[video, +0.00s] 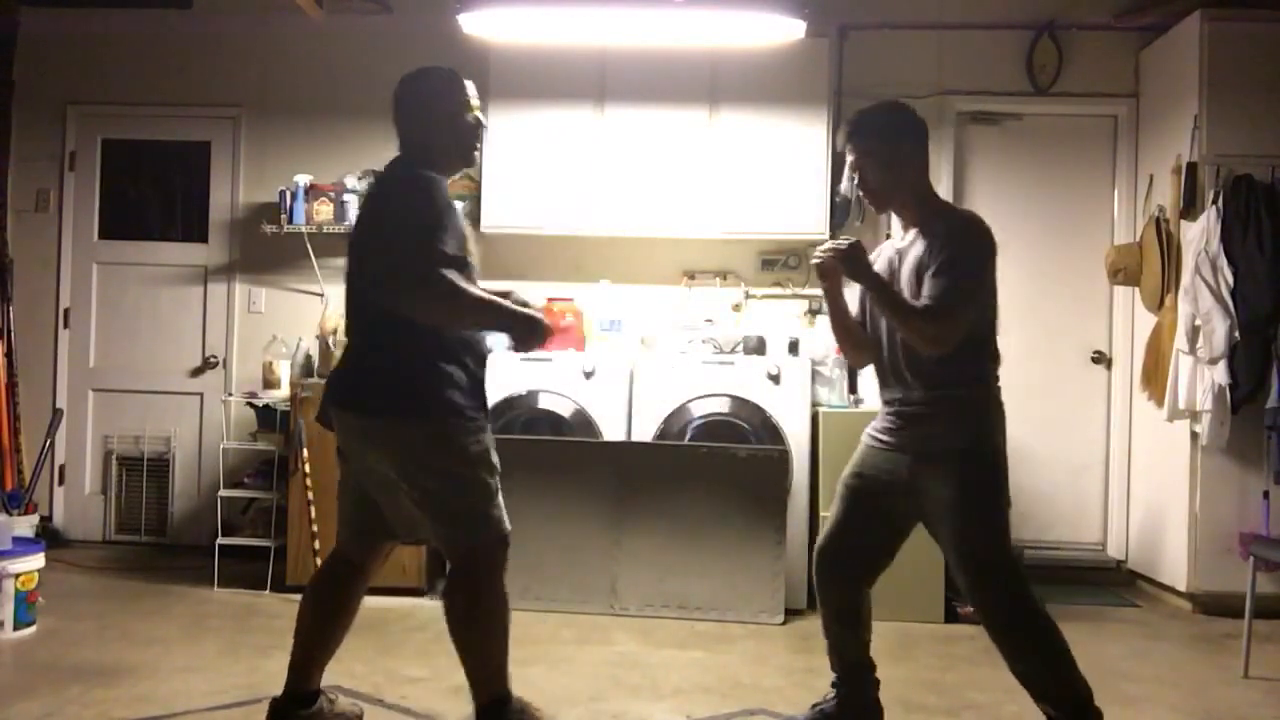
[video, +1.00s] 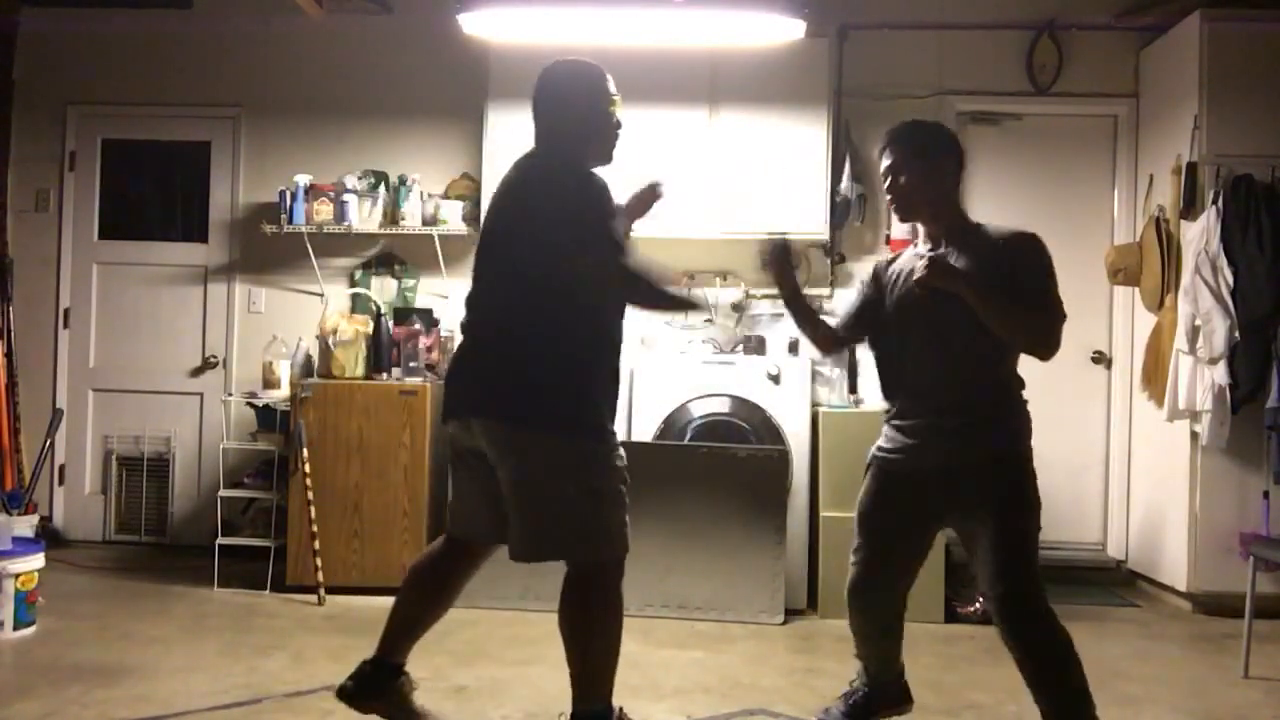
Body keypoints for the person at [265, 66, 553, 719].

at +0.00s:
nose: (482, 126)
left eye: (479, 113)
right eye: (469, 113)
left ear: (419, 126)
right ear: (425, 120)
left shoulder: (388, 191)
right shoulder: (418, 189)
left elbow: (423, 287)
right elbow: (418, 287)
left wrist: (507, 308)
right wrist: (515, 318)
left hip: (368, 402)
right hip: (426, 406)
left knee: (356, 550)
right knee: (480, 545)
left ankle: (298, 695)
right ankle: (496, 705)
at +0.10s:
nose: (505, 134)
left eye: (502, 120)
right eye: (494, 120)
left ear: (442, 126)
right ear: (455, 123)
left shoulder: (410, 190)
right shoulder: (451, 191)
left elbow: (439, 296)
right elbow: (482, 297)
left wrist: (515, 286)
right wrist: (573, 329)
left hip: (379, 404)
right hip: (443, 411)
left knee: (368, 556)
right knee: (485, 560)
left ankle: (299, 697)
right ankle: (503, 712)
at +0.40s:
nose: (543, 122)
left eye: (539, 109)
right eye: (530, 109)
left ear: (475, 121)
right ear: (493, 118)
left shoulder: (451, 187)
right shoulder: (497, 192)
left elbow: (537, 263)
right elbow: (549, 287)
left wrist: (574, 200)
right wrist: (622, 335)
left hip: (408, 400)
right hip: (477, 403)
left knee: (418, 551)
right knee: (547, 543)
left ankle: (367, 700)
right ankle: (527, 703)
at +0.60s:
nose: (589, 120)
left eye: (584, 108)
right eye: (576, 108)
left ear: (524, 122)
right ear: (543, 118)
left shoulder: (497, 188)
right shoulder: (536, 182)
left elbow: (553, 290)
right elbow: (553, 260)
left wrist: (625, 267)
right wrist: (647, 241)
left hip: (450, 402)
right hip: (520, 406)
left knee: (431, 555)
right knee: (571, 559)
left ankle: (368, 700)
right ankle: (587, 710)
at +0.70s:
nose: (612, 118)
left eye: (607, 105)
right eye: (600, 105)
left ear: (542, 118)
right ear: (568, 115)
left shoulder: (515, 188)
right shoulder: (571, 184)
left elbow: (537, 296)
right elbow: (658, 222)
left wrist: (624, 304)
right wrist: (759, 170)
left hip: (467, 398)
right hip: (545, 403)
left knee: (467, 549)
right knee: (585, 558)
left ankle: (378, 685)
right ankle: (590, 713)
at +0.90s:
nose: (629, 119)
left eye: (625, 106)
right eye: (617, 106)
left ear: (556, 114)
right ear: (586, 114)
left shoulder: (529, 178)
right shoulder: (597, 182)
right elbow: (684, 231)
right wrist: (811, 216)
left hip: (479, 396)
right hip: (555, 405)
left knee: (480, 538)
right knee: (597, 554)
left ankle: (397, 665)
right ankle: (593, 712)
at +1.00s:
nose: (619, 120)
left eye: (614, 106)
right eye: (606, 106)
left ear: (551, 115)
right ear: (571, 114)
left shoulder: (521, 180)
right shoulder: (577, 187)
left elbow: (569, 252)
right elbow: (608, 276)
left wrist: (622, 215)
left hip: (475, 396)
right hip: (552, 405)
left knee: (469, 537)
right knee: (599, 553)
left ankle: (381, 669)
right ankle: (594, 711)